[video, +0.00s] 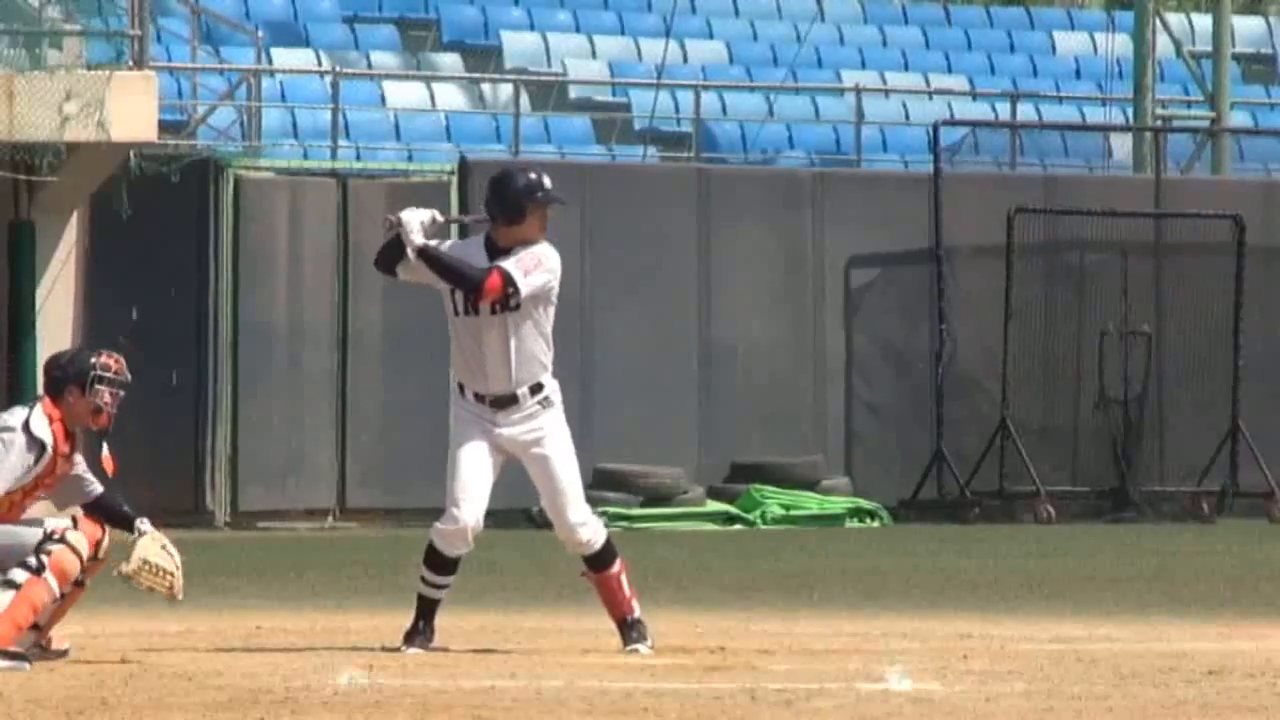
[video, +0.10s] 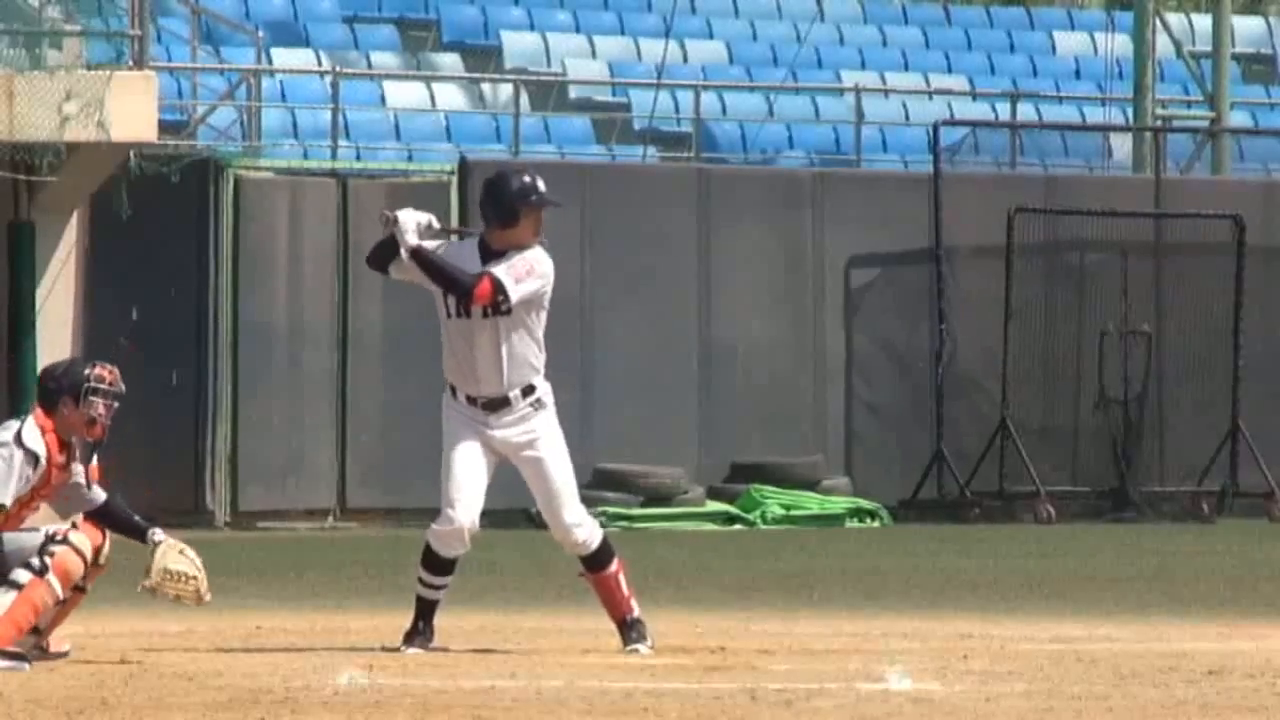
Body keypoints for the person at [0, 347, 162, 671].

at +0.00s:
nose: (110, 399)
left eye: (112, 391)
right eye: (101, 389)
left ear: (73, 396)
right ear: (71, 394)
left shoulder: (62, 436)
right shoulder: (25, 436)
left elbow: (90, 494)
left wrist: (139, 526)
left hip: (7, 527)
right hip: (3, 530)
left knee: (92, 536)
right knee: (64, 542)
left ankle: (32, 636)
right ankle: (5, 640)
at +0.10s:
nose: (104, 411)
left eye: (106, 403)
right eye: (95, 402)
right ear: (66, 405)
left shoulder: (62, 447)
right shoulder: (21, 447)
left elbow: (91, 501)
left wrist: (154, 536)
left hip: (7, 540)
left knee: (93, 540)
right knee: (68, 547)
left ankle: (33, 638)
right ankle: (5, 639)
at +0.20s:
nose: (102, 415)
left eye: (103, 407)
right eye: (92, 407)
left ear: (65, 413)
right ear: (64, 411)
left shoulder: (65, 452)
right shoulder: (18, 452)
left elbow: (97, 505)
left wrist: (161, 536)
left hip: (8, 540)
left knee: (94, 542)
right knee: (67, 549)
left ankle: (32, 640)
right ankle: (3, 641)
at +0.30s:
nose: (100, 420)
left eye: (102, 412)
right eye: (91, 411)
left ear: (65, 417)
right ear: (64, 415)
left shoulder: (68, 458)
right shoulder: (18, 455)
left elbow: (105, 508)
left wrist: (168, 539)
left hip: (9, 542)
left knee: (96, 547)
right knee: (67, 551)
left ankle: (33, 640)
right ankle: (4, 641)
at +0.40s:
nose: (102, 423)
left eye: (105, 415)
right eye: (93, 414)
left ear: (68, 420)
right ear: (65, 418)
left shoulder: (70, 462)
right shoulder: (19, 457)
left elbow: (112, 511)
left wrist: (178, 543)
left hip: (10, 544)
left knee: (98, 549)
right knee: (66, 551)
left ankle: (32, 641)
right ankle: (5, 642)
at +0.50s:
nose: (103, 425)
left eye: (105, 417)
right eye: (93, 416)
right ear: (65, 419)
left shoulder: (75, 462)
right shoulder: (18, 459)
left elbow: (111, 511)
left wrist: (179, 543)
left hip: (10, 545)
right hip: (1, 547)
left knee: (99, 551)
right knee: (69, 552)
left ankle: (34, 642)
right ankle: (4, 642)